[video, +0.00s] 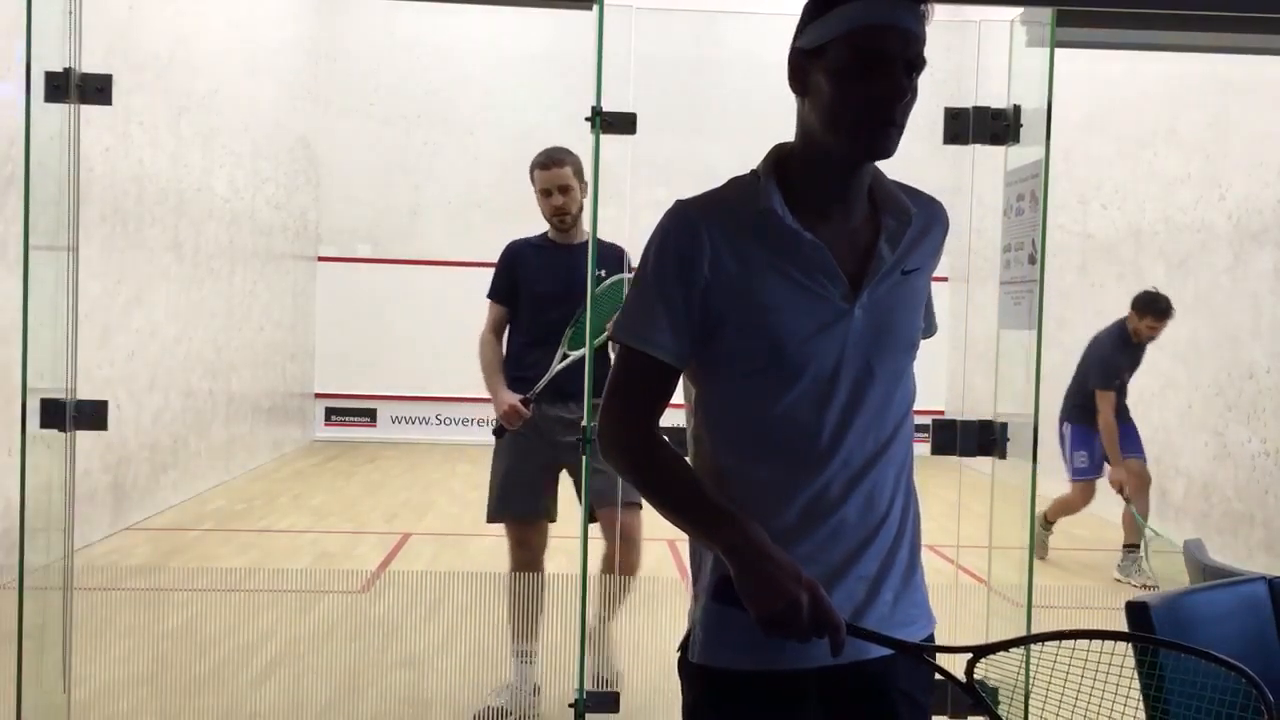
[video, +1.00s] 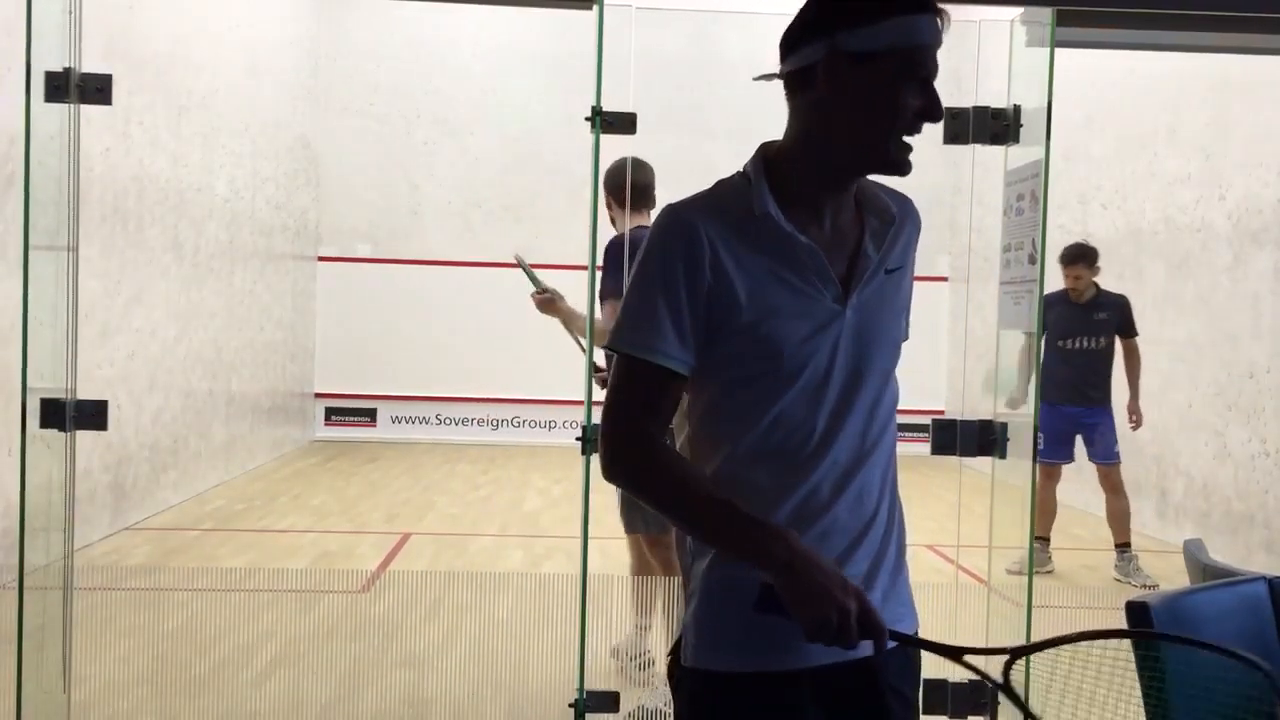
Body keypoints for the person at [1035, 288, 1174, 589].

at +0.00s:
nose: (1156, 334)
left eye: (1160, 328)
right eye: (1151, 327)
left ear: (1164, 322)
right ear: (1133, 317)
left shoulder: (1137, 339)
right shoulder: (1108, 348)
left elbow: (1118, 381)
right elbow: (1105, 415)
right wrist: (1116, 465)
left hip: (1116, 412)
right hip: (1080, 419)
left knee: (1139, 480)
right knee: (1082, 496)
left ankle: (1130, 560)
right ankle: (1045, 520)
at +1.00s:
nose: (1070, 284)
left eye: (1077, 278)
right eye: (1066, 277)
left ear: (1094, 273)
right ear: (1061, 273)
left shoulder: (1116, 305)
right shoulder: (1049, 304)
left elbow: (1130, 350)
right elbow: (1029, 347)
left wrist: (1134, 398)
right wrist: (1021, 390)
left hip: (1097, 409)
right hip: (1054, 407)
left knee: (1112, 480)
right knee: (1047, 476)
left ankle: (1125, 559)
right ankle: (1040, 552)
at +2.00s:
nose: (1033, 273)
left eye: (1038, 265)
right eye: (1028, 266)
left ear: (1052, 262)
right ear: (1021, 268)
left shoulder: (1079, 297)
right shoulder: (1020, 302)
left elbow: (1092, 348)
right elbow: (994, 349)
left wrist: (1056, 365)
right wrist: (980, 386)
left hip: (1067, 404)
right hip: (1029, 403)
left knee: (1065, 478)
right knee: (1035, 479)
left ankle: (1067, 555)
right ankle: (1038, 551)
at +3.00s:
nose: (891, 299)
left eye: (896, 292)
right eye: (890, 293)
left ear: (918, 288)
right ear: (905, 295)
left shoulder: (960, 309)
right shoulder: (910, 322)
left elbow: (957, 356)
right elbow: (906, 334)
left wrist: (908, 384)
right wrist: (935, 297)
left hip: (980, 413)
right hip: (945, 413)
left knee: (1011, 487)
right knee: (899, 474)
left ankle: (1056, 549)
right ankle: (879, 544)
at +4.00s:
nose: (701, 242)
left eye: (706, 237)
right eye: (704, 236)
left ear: (720, 244)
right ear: (733, 246)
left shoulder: (704, 278)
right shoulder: (762, 277)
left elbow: (704, 329)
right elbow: (812, 295)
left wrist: (687, 365)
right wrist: (795, 305)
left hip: (717, 382)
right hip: (754, 384)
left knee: (695, 465)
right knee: (732, 466)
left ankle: (678, 544)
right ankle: (721, 546)